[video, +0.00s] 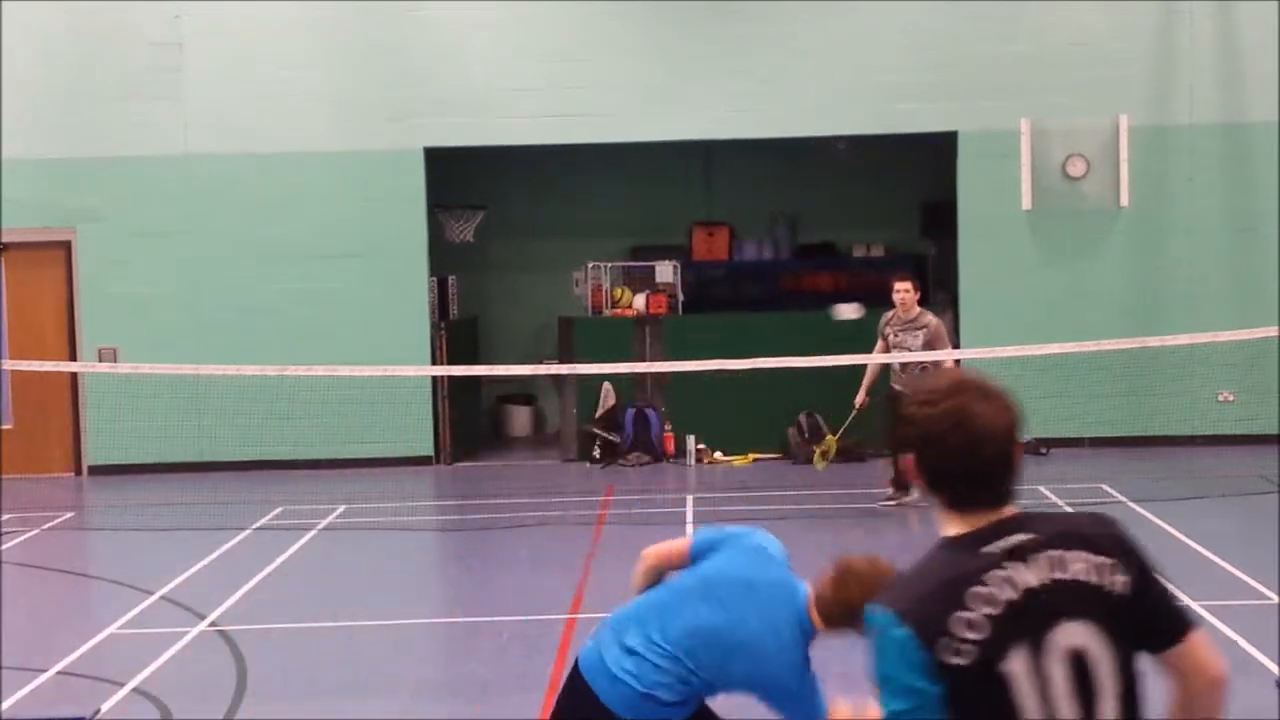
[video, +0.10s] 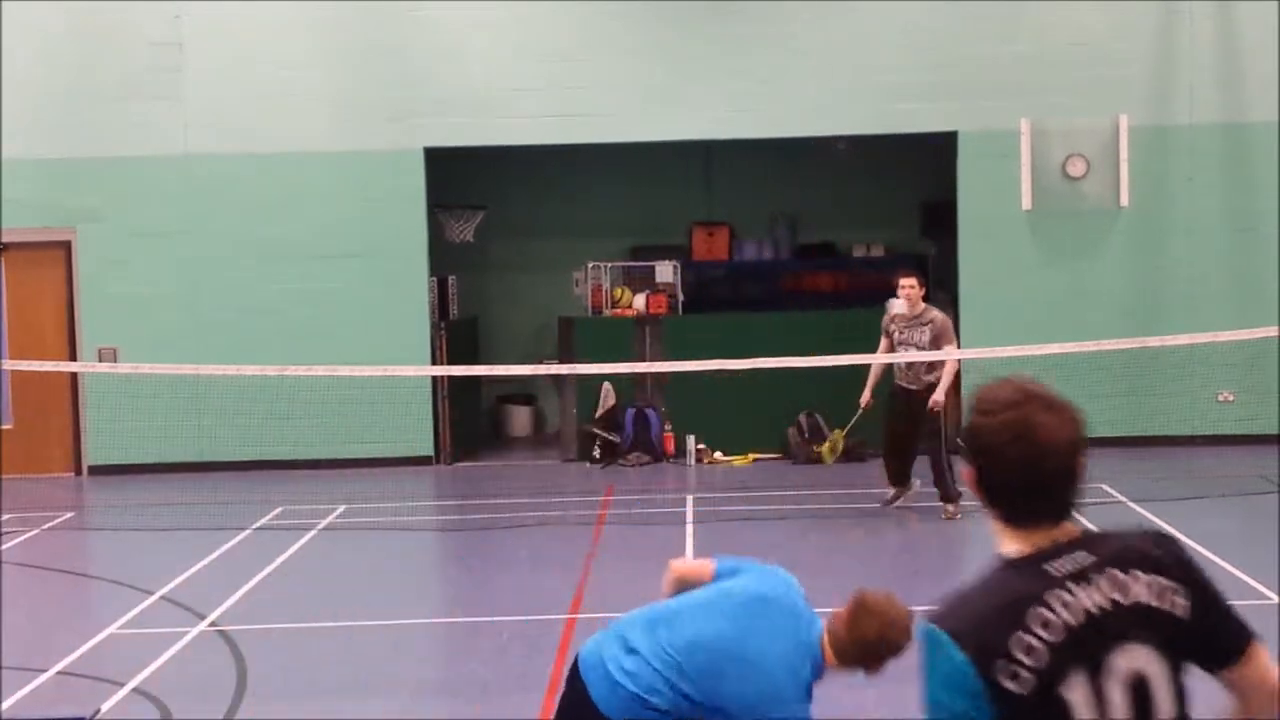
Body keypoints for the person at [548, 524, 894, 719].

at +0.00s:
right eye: (871, 622)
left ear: (832, 570)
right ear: (856, 626)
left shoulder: (757, 546)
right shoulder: (790, 676)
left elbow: (652, 557)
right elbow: (821, 714)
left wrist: (641, 617)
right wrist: (848, 713)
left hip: (592, 666)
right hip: (640, 706)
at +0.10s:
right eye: (884, 658)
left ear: (844, 606)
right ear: (871, 667)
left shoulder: (777, 583)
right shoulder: (786, 705)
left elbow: (680, 570)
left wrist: (675, 626)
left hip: (594, 657)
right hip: (617, 707)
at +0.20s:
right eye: (880, 686)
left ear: (839, 625)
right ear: (866, 695)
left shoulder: (775, 604)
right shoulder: (775, 709)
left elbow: (694, 583)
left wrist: (709, 639)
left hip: (587, 664)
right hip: (608, 707)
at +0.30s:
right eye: (861, 684)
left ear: (823, 623)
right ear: (846, 693)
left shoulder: (763, 607)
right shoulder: (753, 709)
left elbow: (698, 585)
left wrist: (707, 637)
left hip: (575, 671)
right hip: (590, 708)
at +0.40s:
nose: (823, 672)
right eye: (827, 668)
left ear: (791, 610)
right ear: (816, 673)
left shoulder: (738, 600)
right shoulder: (721, 704)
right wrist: (749, 711)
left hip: (562, 693)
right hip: (580, 716)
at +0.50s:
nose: (798, 654)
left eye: (805, 646)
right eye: (804, 646)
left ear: (761, 597)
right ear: (786, 642)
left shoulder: (711, 592)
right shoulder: (693, 689)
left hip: (559, 694)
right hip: (569, 715)